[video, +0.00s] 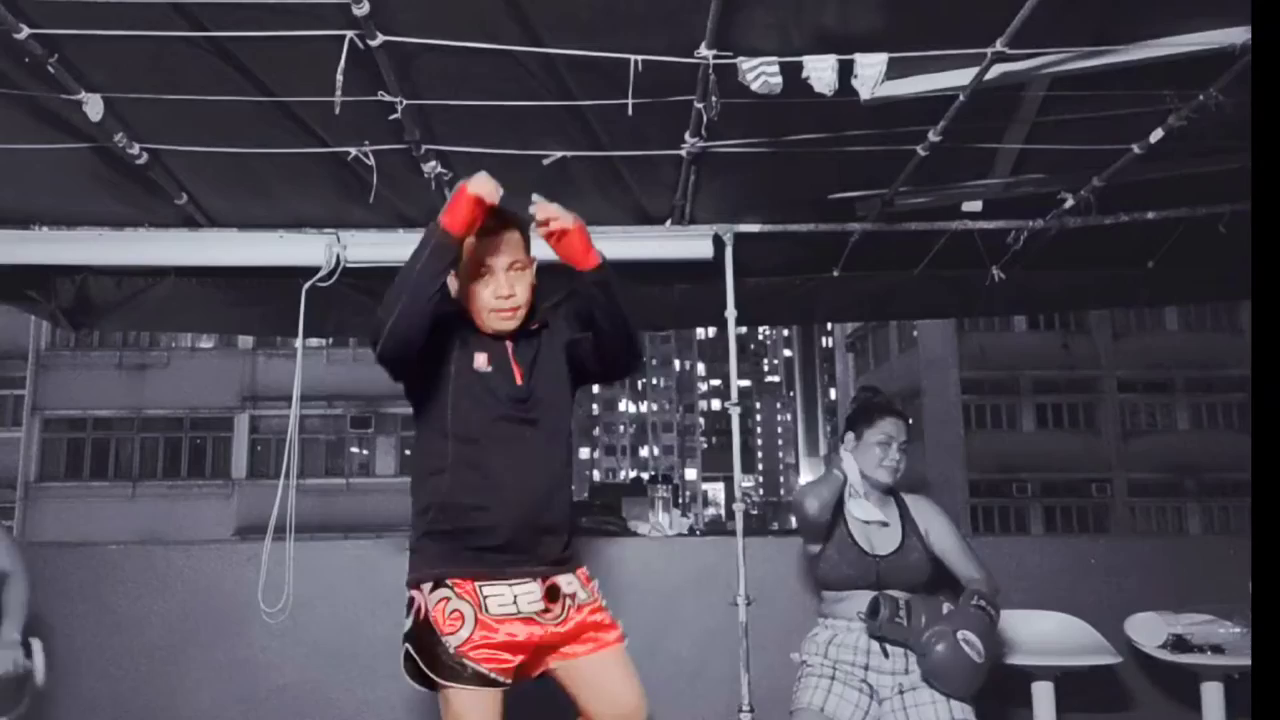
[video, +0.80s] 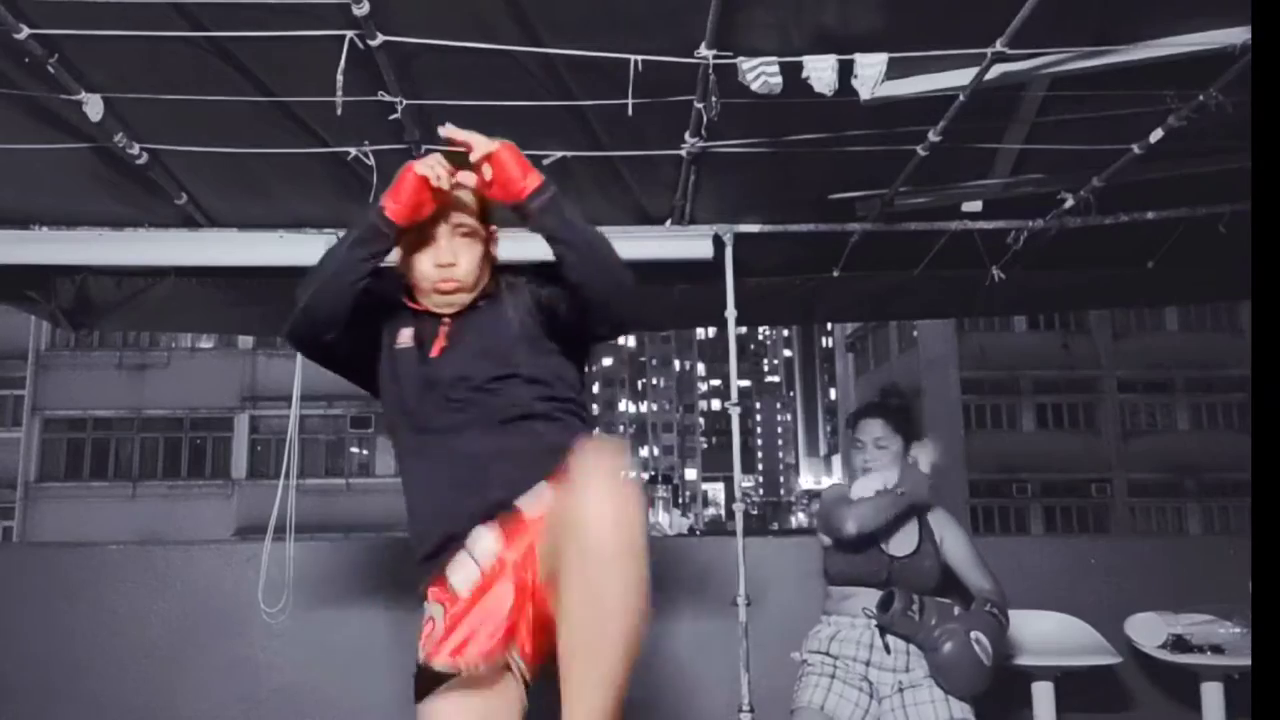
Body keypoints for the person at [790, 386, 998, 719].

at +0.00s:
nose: (895, 456)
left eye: (902, 448)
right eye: (884, 444)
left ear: (908, 454)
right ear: (850, 444)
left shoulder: (920, 509)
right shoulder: (823, 506)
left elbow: (979, 581)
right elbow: (811, 511)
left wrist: (975, 616)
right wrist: (840, 471)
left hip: (921, 666)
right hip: (838, 664)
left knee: (949, 716)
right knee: (818, 713)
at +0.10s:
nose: (894, 452)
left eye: (902, 444)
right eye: (882, 439)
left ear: (907, 452)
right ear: (851, 441)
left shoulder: (922, 509)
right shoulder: (825, 498)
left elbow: (981, 580)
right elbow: (802, 517)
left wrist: (976, 615)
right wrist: (829, 469)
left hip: (922, 666)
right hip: (838, 662)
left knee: (947, 716)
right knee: (818, 713)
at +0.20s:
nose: (893, 447)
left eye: (904, 442)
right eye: (881, 434)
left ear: (911, 458)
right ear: (854, 440)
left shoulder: (927, 512)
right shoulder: (824, 505)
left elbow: (984, 585)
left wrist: (976, 624)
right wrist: (805, 497)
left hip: (923, 669)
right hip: (838, 664)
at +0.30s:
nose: (892, 446)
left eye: (905, 442)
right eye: (882, 434)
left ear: (912, 458)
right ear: (857, 443)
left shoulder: (929, 514)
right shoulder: (826, 507)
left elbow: (986, 585)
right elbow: (771, 560)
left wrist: (983, 624)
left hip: (924, 668)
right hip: (840, 662)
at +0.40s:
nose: (892, 447)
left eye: (904, 443)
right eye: (880, 435)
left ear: (912, 460)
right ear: (857, 444)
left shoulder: (931, 517)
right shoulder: (822, 506)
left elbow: (987, 589)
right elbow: (778, 550)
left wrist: (981, 627)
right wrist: (848, 530)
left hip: (924, 666)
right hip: (837, 658)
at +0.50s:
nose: (891, 462)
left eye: (901, 452)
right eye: (880, 449)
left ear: (911, 460)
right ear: (857, 453)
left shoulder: (930, 517)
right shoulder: (830, 507)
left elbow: (985, 587)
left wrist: (985, 618)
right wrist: (870, 494)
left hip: (923, 668)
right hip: (837, 662)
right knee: (817, 712)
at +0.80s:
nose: (867, 457)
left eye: (881, 446)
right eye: (858, 446)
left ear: (908, 452)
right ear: (848, 453)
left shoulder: (932, 519)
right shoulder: (836, 497)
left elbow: (988, 590)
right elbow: (848, 525)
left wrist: (985, 621)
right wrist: (909, 493)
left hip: (921, 666)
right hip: (837, 659)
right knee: (817, 712)